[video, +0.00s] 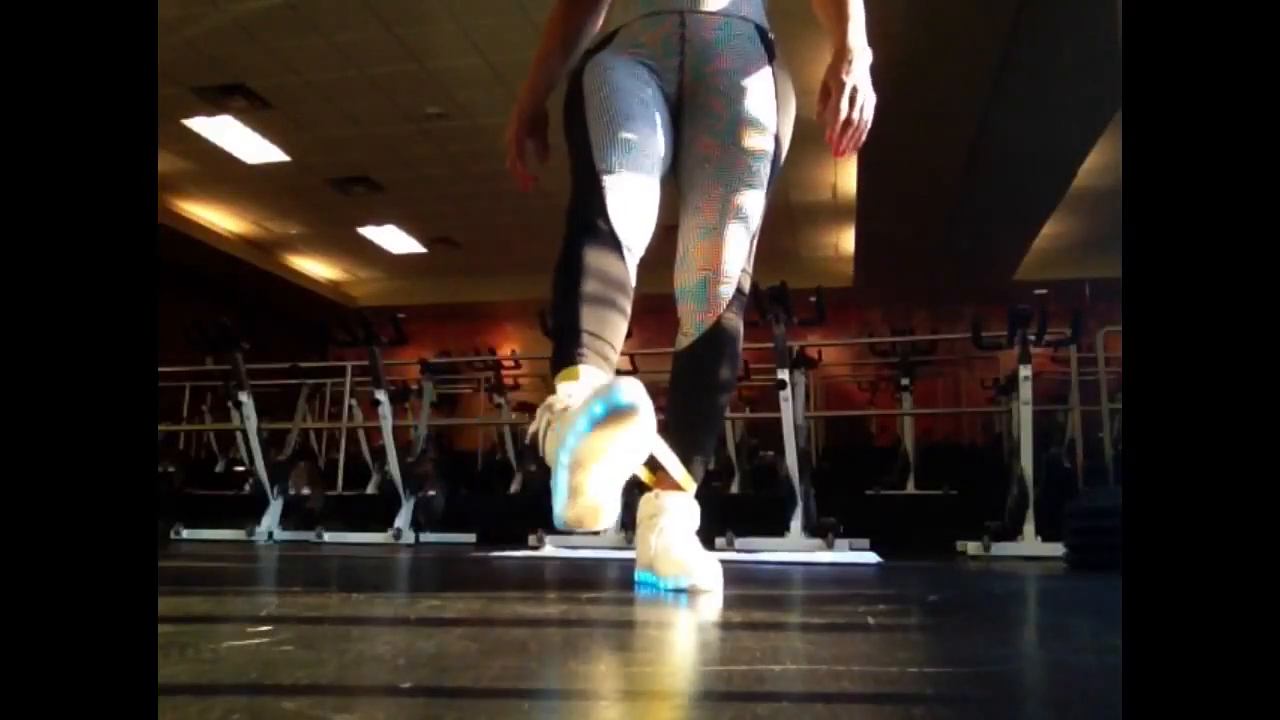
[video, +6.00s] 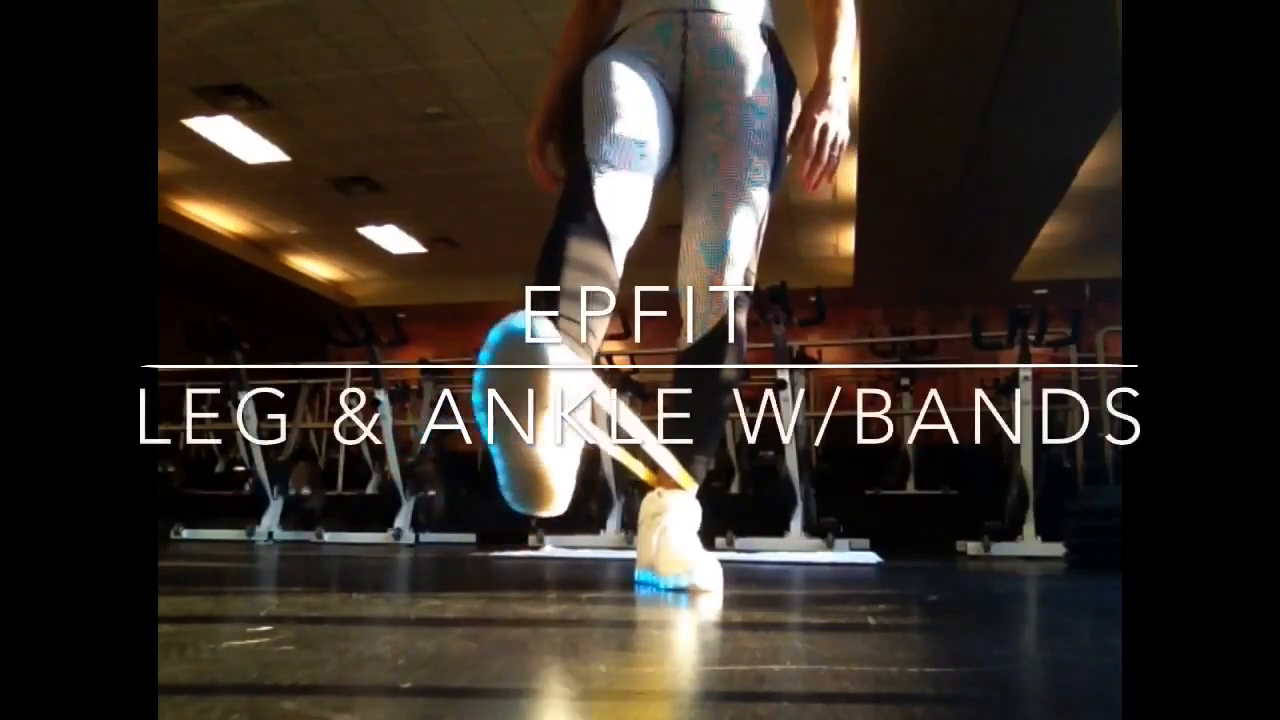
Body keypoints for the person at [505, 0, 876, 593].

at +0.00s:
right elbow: (586, 4)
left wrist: (853, 49)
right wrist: (535, 95)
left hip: (739, 31)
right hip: (625, 32)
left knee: (715, 283)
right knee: (615, 190)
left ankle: (672, 512)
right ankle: (578, 407)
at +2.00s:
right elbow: (580, 8)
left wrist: (873, 50)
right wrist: (539, 89)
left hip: (740, 30)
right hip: (627, 33)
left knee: (717, 271)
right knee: (603, 210)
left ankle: (670, 516)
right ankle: (551, 459)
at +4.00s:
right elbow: (597, 3)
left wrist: (862, 83)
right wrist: (555, 72)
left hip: (740, 32)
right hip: (633, 35)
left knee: (719, 278)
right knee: (590, 202)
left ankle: (672, 516)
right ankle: (525, 419)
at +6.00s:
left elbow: (833, 5)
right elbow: (595, 4)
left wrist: (836, 85)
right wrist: (555, 98)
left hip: (739, 28)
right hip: (630, 27)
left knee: (719, 267)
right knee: (602, 198)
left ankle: (674, 513)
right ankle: (550, 421)